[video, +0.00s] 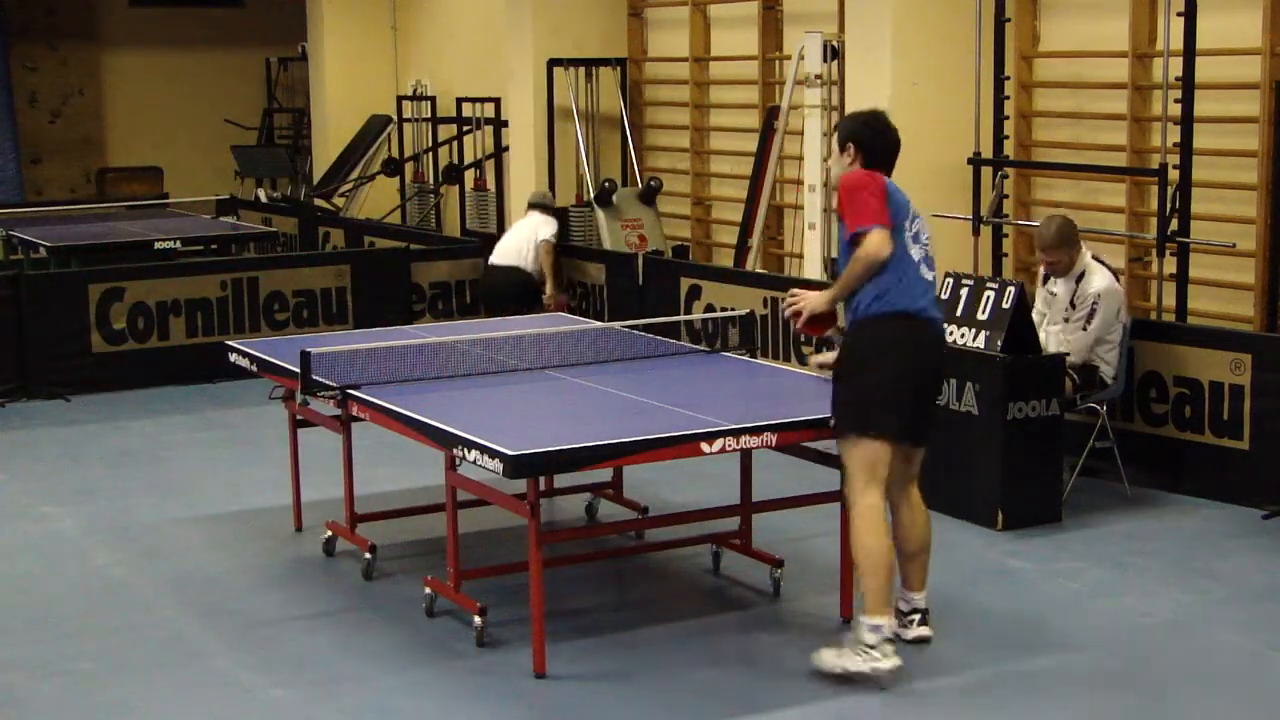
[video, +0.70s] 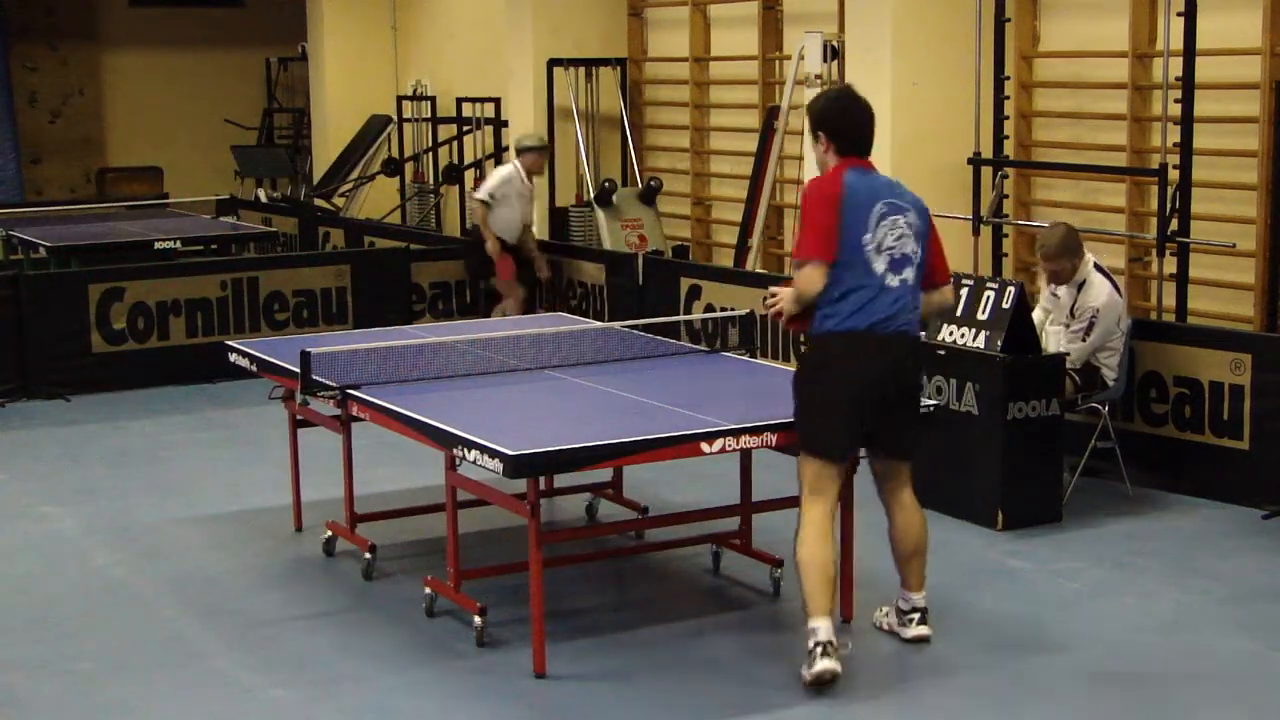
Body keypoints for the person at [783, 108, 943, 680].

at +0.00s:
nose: (834, 160)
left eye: (837, 151)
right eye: (836, 151)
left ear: (851, 152)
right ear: (884, 156)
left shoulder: (858, 182)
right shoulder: (903, 202)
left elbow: (876, 246)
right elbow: (903, 296)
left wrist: (830, 296)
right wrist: (847, 351)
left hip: (884, 340)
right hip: (927, 345)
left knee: (865, 490)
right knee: (904, 485)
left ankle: (875, 635)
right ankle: (914, 610)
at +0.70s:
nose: (812, 147)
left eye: (813, 139)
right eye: (812, 139)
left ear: (824, 140)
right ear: (870, 138)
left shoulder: (824, 189)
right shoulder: (909, 201)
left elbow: (813, 283)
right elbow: (941, 296)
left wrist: (791, 297)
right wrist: (884, 308)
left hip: (836, 355)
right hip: (899, 356)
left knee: (819, 494)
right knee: (898, 485)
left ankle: (822, 638)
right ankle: (914, 609)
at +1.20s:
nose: (758, 131)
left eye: (759, 123)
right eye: (766, 121)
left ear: (767, 131)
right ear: (822, 125)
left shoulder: (758, 197)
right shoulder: (864, 192)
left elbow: (752, 299)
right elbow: (900, 285)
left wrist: (685, 281)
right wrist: (924, 266)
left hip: (780, 382)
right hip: (851, 381)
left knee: (802, 518)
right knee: (851, 520)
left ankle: (822, 659)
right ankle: (849, 653)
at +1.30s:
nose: (758, 139)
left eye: (758, 131)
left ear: (762, 137)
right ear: (821, 134)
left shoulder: (737, 217)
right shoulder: (863, 212)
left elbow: (704, 325)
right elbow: (894, 318)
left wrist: (683, 280)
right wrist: (882, 255)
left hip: (763, 396)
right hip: (837, 396)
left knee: (793, 530)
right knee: (837, 542)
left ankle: (814, 661)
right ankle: (832, 693)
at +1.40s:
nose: (748, 138)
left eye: (748, 130)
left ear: (752, 136)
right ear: (809, 131)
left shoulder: (726, 206)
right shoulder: (850, 203)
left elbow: (664, 298)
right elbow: (886, 309)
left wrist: (683, 277)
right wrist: (844, 272)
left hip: (741, 390)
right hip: (814, 393)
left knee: (769, 517)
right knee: (828, 540)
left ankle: (771, 656)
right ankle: (830, 692)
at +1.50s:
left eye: (734, 109)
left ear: (728, 116)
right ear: (787, 112)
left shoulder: (699, 190)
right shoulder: (827, 188)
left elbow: (642, 289)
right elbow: (865, 298)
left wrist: (694, 274)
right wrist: (811, 270)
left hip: (715, 371)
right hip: (790, 377)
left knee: (744, 510)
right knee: (805, 533)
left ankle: (699, 656)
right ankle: (814, 695)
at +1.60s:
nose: (777, 135)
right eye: (776, 126)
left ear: (704, 135)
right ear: (770, 132)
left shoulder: (673, 207)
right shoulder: (793, 205)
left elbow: (613, 308)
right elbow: (831, 314)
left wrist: (671, 332)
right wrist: (797, 310)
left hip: (694, 396)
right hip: (770, 400)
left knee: (702, 534)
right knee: (794, 552)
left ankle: (611, 657)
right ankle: (792, 708)